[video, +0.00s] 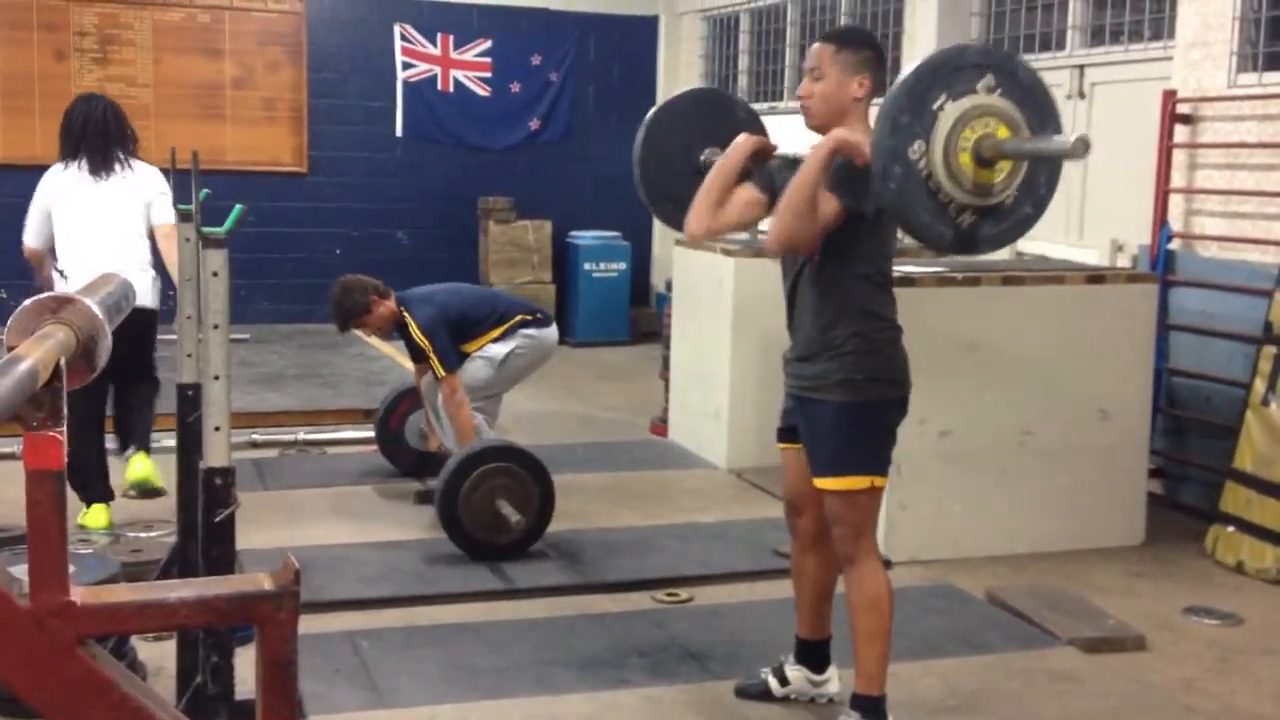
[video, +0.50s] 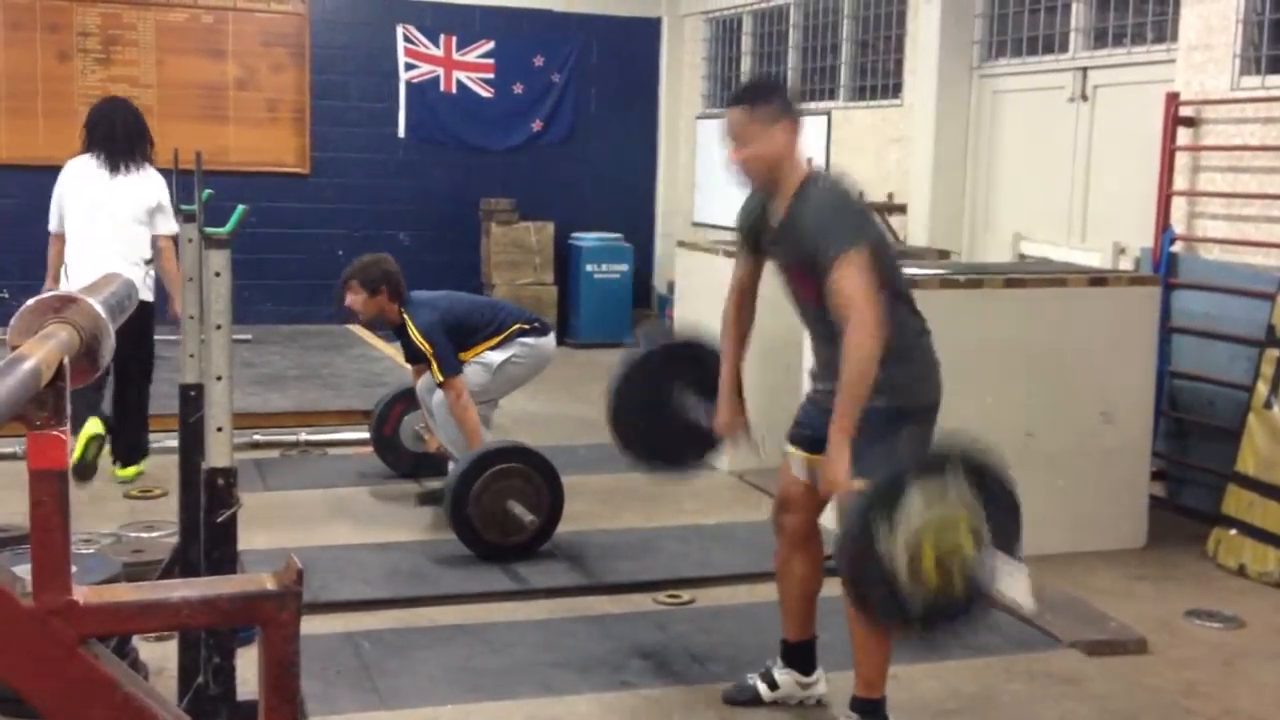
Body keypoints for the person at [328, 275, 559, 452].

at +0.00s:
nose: (369, 333)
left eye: (365, 324)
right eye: (362, 329)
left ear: (377, 303)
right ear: (378, 300)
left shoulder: (421, 317)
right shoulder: (407, 314)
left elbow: (454, 391)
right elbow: (424, 375)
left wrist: (472, 459)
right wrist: (433, 434)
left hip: (529, 334)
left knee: (444, 391)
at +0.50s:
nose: (347, 302)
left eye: (355, 293)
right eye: (347, 293)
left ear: (381, 295)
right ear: (381, 296)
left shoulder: (423, 322)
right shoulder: (403, 320)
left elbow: (458, 394)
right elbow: (421, 375)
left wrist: (483, 460)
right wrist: (436, 431)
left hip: (529, 341)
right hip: (510, 341)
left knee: (446, 401)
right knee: (428, 390)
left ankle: (482, 476)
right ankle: (465, 473)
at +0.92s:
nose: (365, 273)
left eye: (375, 267)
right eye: (369, 265)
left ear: (400, 278)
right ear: (400, 280)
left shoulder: (431, 318)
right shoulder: (412, 313)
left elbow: (457, 394)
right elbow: (425, 373)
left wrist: (479, 463)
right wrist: (436, 430)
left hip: (533, 357)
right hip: (512, 355)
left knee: (444, 407)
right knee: (428, 388)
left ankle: (485, 477)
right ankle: (460, 482)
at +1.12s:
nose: (376, 266)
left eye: (386, 260)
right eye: (381, 258)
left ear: (411, 274)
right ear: (410, 276)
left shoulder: (439, 315)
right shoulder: (415, 311)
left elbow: (460, 389)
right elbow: (425, 368)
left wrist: (477, 456)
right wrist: (434, 428)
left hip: (535, 363)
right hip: (507, 360)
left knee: (447, 406)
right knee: (428, 387)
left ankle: (486, 469)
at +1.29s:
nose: (389, 259)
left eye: (399, 254)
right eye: (394, 252)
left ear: (424, 269)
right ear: (422, 270)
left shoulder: (445, 313)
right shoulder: (424, 308)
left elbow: (465, 389)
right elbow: (431, 369)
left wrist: (476, 462)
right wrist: (438, 429)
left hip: (540, 367)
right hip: (513, 363)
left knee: (451, 405)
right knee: (431, 387)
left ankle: (486, 474)